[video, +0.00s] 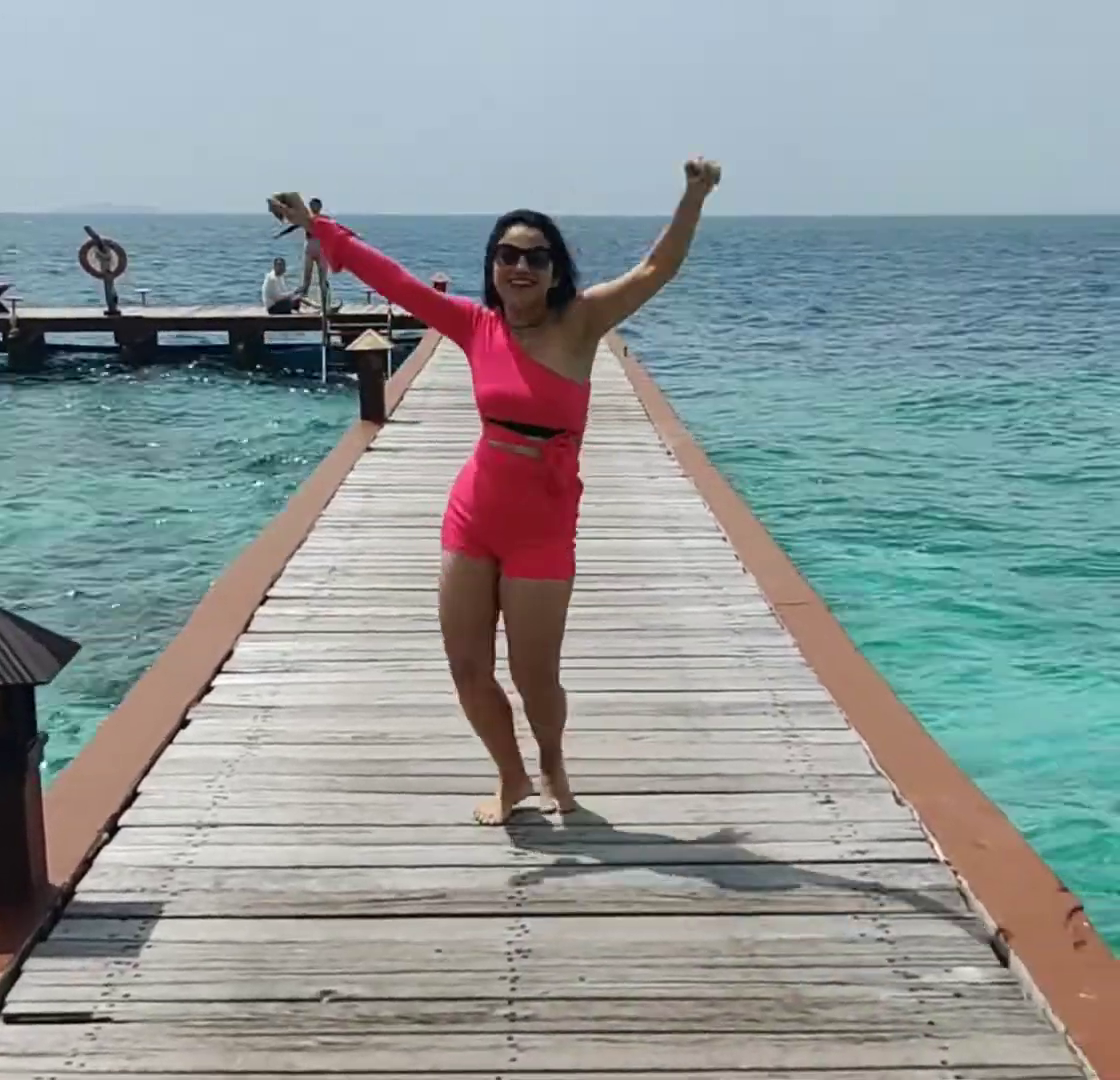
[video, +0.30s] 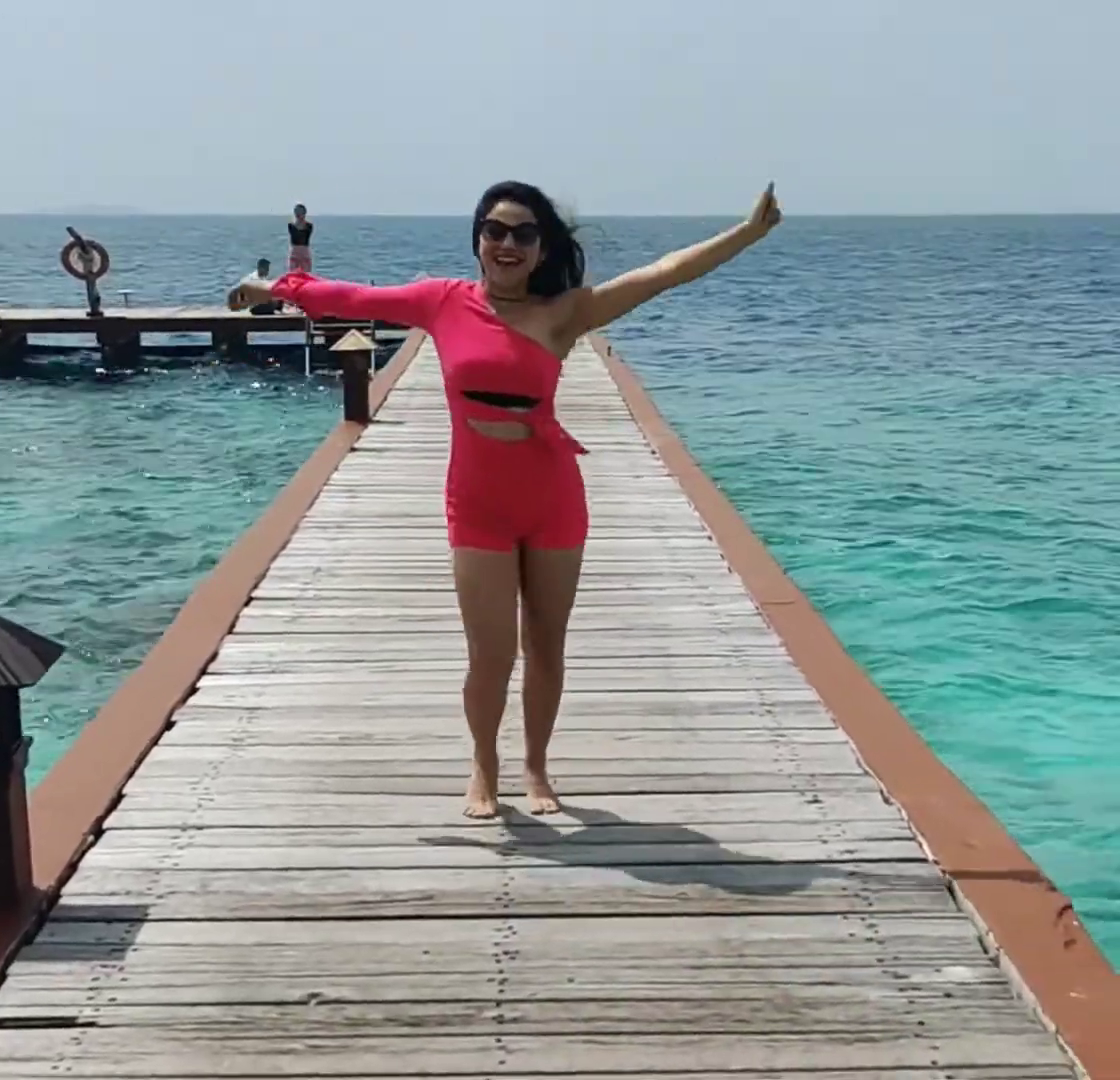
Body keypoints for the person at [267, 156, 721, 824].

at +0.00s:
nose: (521, 265)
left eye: (536, 256)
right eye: (509, 255)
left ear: (557, 267)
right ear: (491, 265)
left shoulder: (582, 320)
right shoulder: (477, 325)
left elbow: (656, 269)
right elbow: (396, 283)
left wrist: (693, 198)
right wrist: (314, 225)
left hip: (544, 523)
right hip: (473, 512)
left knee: (534, 676)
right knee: (467, 670)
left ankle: (551, 766)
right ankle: (511, 778)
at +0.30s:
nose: (505, 243)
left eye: (521, 233)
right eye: (494, 231)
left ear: (545, 246)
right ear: (476, 240)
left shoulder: (563, 313)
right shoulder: (442, 301)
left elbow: (666, 273)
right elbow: (351, 299)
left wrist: (747, 233)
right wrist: (275, 288)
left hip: (556, 497)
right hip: (478, 502)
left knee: (545, 648)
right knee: (490, 659)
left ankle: (536, 771)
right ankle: (485, 774)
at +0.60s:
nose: (500, 265)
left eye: (516, 254)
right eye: (487, 251)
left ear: (536, 263)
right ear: (471, 255)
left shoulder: (557, 323)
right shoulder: (440, 324)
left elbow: (582, 366)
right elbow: (403, 397)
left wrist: (624, 404)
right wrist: (368, 463)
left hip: (535, 507)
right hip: (458, 507)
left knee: (544, 663)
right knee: (477, 661)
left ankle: (534, 757)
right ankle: (482, 783)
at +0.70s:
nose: (495, 261)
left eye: (511, 251)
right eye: (483, 247)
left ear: (530, 259)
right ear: (464, 252)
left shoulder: (548, 308)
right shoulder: (444, 327)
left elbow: (523, 356)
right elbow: (481, 409)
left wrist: (488, 394)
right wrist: (531, 474)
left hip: (529, 503)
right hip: (451, 505)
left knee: (536, 646)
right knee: (471, 660)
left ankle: (529, 719)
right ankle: (480, 782)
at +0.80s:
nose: (491, 241)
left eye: (507, 230)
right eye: (479, 228)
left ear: (528, 239)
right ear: (460, 236)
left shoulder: (544, 287)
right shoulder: (447, 308)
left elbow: (513, 358)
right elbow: (497, 399)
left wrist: (411, 369)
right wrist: (608, 419)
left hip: (525, 488)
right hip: (449, 487)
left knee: (523, 617)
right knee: (463, 647)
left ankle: (528, 724)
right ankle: (474, 774)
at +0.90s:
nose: (482, 249)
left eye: (496, 235)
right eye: (470, 236)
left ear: (526, 234)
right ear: (459, 239)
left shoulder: (551, 275)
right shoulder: (452, 302)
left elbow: (531, 342)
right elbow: (486, 396)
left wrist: (439, 351)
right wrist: (579, 372)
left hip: (524, 485)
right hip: (448, 483)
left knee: (519, 636)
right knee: (459, 643)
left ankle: (546, 775)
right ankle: (470, 773)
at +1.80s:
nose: (460, 295)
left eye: (475, 285)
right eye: (445, 282)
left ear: (497, 296)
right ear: (421, 290)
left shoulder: (504, 385)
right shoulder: (380, 353)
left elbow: (589, 408)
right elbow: (283, 398)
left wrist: (695, 415)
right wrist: (184, 434)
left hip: (486, 560)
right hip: (404, 572)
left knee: (585, 681)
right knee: (407, 748)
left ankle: (570, 805)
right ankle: (372, 852)